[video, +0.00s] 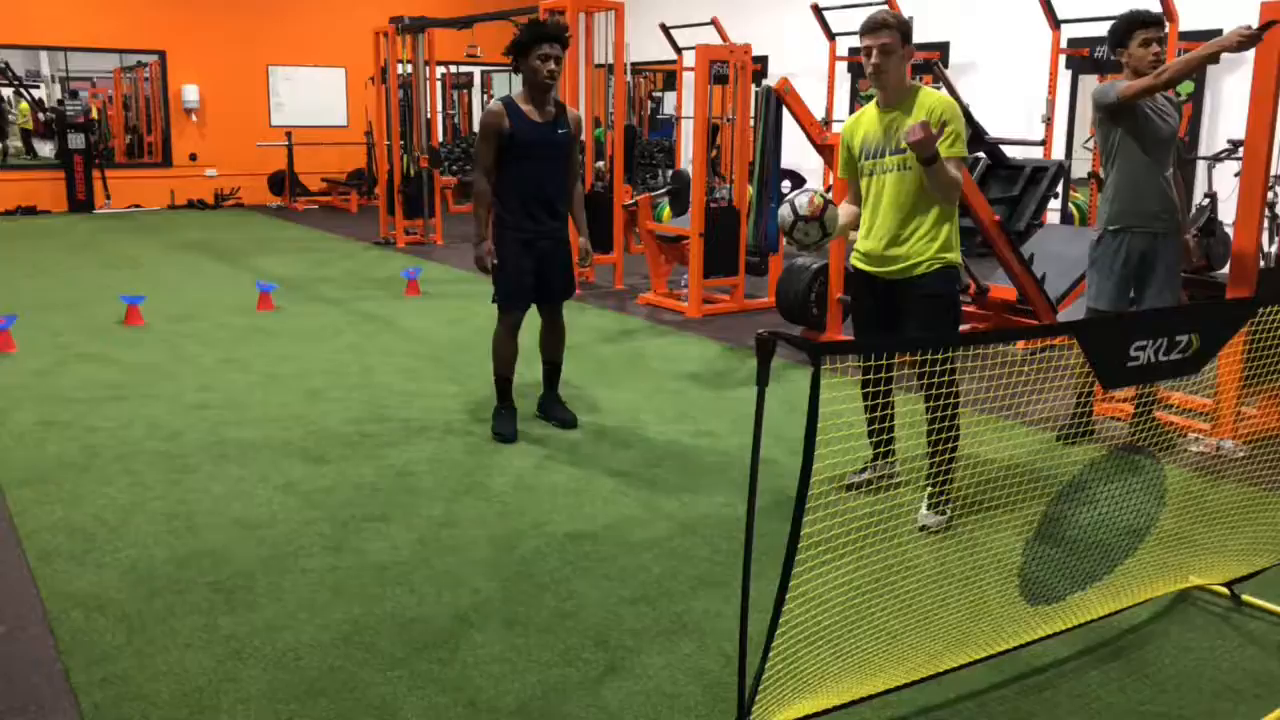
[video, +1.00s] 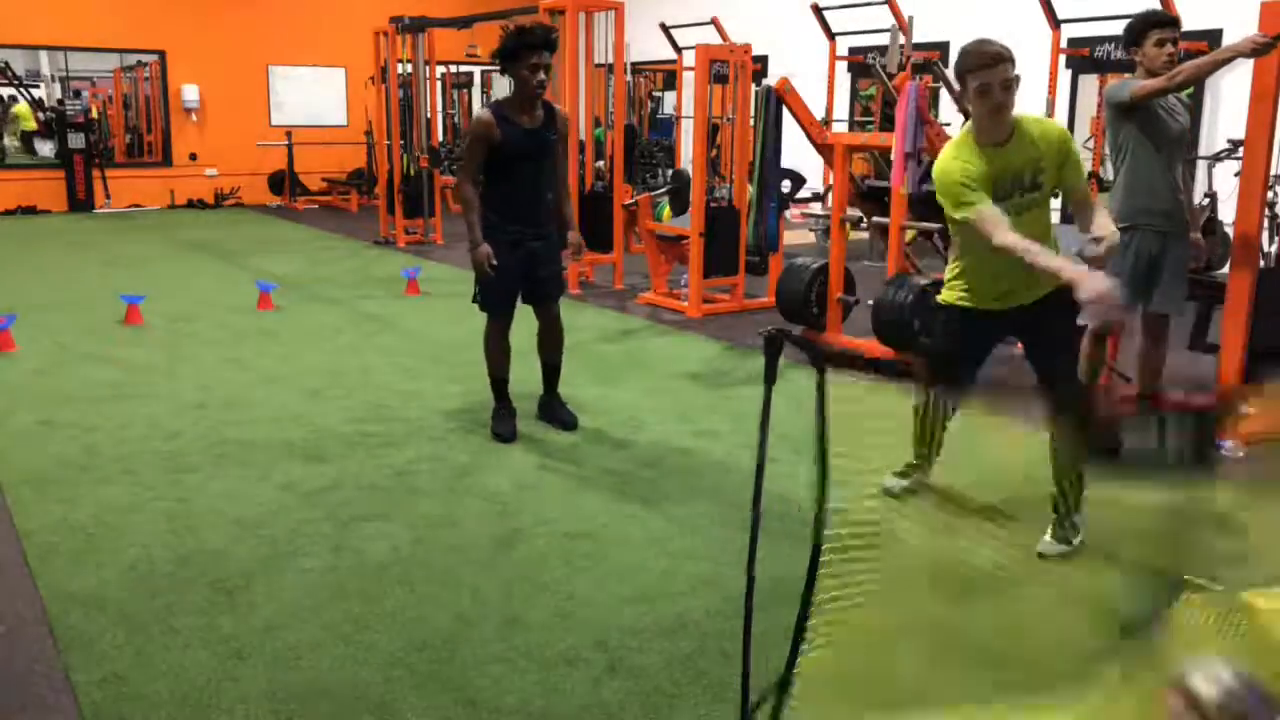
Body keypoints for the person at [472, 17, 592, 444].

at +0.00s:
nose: (551, 67)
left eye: (556, 60)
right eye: (543, 58)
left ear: (562, 67)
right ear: (521, 63)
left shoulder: (569, 119)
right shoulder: (498, 115)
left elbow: (574, 182)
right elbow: (482, 178)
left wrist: (585, 234)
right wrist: (482, 238)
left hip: (555, 235)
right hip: (512, 235)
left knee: (553, 315)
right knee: (510, 319)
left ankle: (551, 399)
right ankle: (505, 406)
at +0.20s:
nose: (542, 64)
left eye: (546, 57)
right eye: (533, 55)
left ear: (552, 65)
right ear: (511, 61)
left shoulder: (562, 117)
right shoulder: (489, 116)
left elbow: (567, 179)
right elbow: (475, 180)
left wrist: (572, 231)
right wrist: (470, 238)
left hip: (549, 235)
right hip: (505, 236)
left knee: (550, 316)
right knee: (503, 321)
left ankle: (551, 397)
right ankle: (503, 406)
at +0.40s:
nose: (531, 67)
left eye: (536, 60)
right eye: (522, 59)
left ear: (541, 65)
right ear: (500, 64)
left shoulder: (552, 118)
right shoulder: (480, 122)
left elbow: (557, 178)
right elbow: (466, 184)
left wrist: (567, 228)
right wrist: (468, 244)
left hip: (543, 238)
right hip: (498, 240)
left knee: (556, 316)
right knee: (497, 324)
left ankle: (550, 394)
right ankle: (502, 406)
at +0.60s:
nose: (526, 71)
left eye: (532, 63)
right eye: (517, 63)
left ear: (538, 66)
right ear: (496, 66)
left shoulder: (546, 116)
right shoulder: (477, 122)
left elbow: (552, 178)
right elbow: (462, 185)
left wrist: (562, 227)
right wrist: (467, 246)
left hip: (540, 238)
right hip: (496, 241)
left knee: (549, 317)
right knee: (496, 325)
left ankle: (545, 400)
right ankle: (502, 406)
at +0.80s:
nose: (530, 75)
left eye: (536, 67)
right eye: (521, 66)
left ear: (542, 68)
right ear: (499, 68)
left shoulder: (549, 119)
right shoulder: (479, 123)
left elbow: (552, 180)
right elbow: (462, 185)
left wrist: (564, 227)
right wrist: (472, 243)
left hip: (540, 238)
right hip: (496, 241)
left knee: (551, 316)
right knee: (495, 325)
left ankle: (549, 398)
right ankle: (502, 405)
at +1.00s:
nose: (540, 78)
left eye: (545, 69)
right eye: (531, 69)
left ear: (551, 72)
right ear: (509, 70)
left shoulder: (556, 121)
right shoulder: (487, 123)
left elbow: (560, 181)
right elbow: (467, 182)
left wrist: (570, 227)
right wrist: (476, 242)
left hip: (544, 240)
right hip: (500, 242)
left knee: (550, 318)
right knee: (498, 325)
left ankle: (551, 398)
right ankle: (502, 406)